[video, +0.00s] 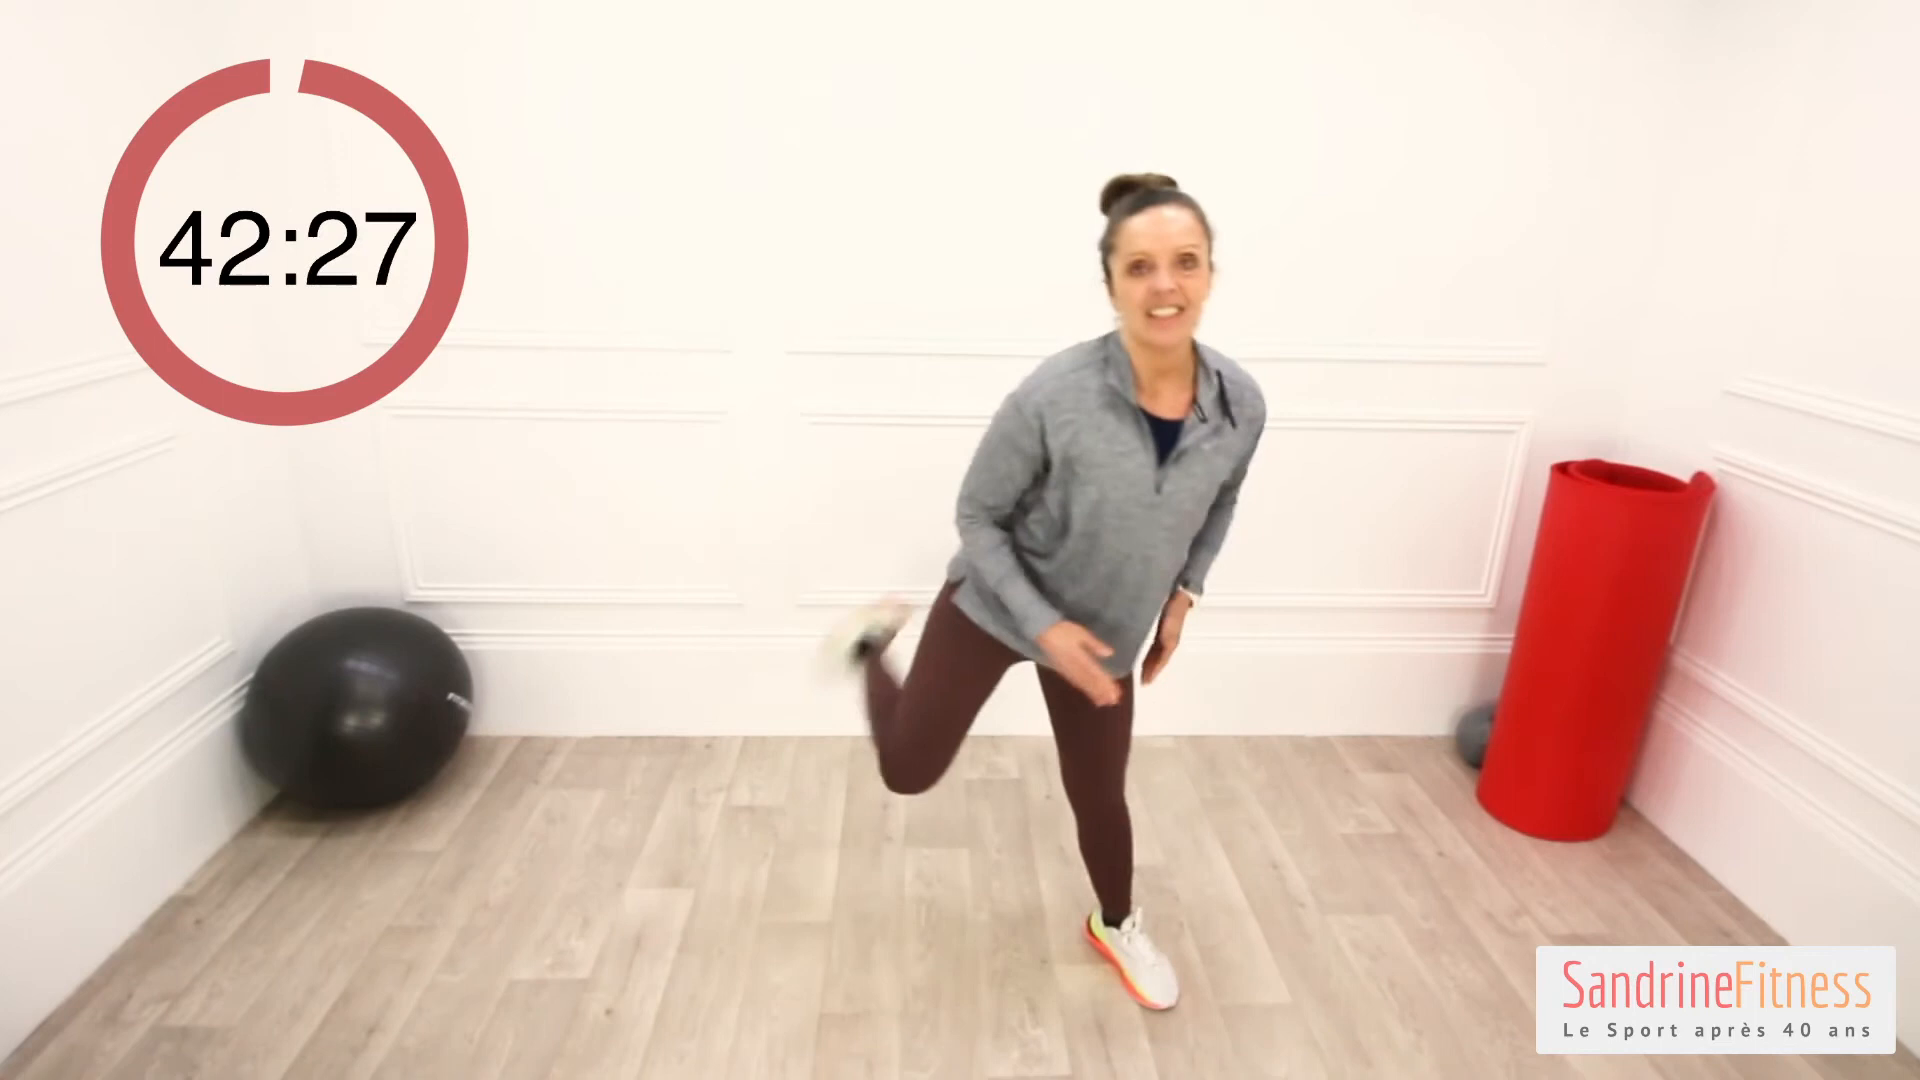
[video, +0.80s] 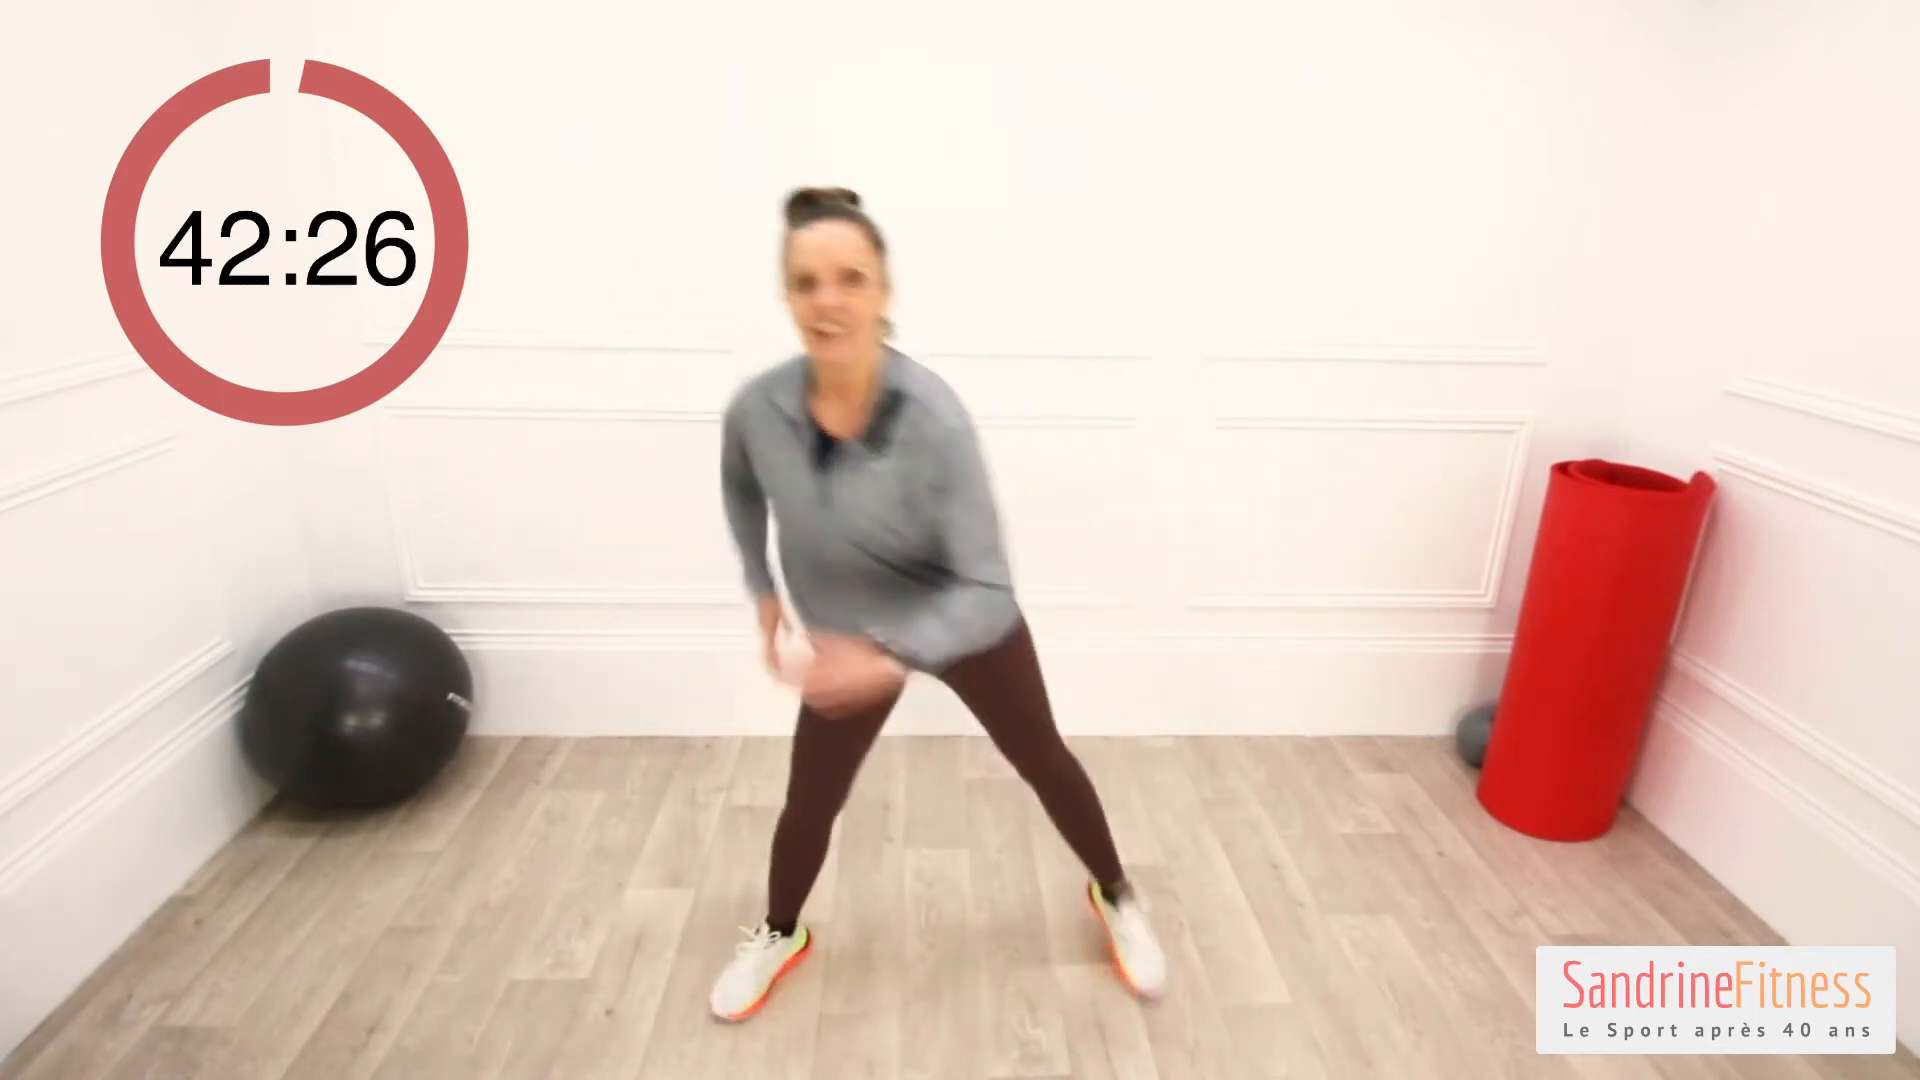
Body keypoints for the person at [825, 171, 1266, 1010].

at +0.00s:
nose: (1167, 288)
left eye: (1186, 263)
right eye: (1141, 269)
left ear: (1211, 275)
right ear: (1111, 287)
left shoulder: (1238, 407)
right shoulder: (1052, 398)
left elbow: (1219, 509)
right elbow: (977, 521)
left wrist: (1183, 594)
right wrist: (1046, 628)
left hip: (1107, 632)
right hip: (999, 604)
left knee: (1101, 795)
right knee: (909, 769)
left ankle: (1115, 924)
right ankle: (875, 644)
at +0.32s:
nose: (1130, 291)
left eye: (1151, 268)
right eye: (1106, 273)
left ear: (1179, 282)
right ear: (1079, 290)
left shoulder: (1220, 405)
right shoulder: (1030, 402)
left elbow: (1221, 482)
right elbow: (983, 558)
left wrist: (1190, 566)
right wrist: (1077, 621)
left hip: (1102, 629)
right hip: (999, 601)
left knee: (1103, 794)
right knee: (911, 766)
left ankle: (1115, 925)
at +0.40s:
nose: (1090, 293)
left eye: (1111, 271)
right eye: (1067, 275)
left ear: (1141, 285)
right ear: (1043, 292)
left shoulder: (1187, 403)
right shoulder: (996, 402)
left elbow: (1218, 468)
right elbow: (949, 551)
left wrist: (1185, 564)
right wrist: (1013, 633)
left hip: (1097, 627)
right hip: (984, 607)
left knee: (1100, 798)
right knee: (895, 754)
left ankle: (1116, 925)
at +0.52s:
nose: (1037, 318)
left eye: (1057, 295)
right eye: (1015, 299)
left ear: (1089, 306)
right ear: (994, 315)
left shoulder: (1142, 428)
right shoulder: (947, 428)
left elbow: (1190, 499)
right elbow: (888, 567)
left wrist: (1164, 598)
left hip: (1078, 639)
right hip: (964, 624)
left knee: (1094, 810)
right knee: (887, 770)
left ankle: (1116, 927)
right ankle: (803, 908)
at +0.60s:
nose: (976, 346)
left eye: (996, 325)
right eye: (956, 328)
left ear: (1030, 335)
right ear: (936, 342)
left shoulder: (1080, 462)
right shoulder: (892, 454)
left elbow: (1136, 563)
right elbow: (818, 583)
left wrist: (1121, 674)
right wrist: (800, 703)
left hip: (1051, 671)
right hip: (936, 659)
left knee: (1072, 829)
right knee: (863, 808)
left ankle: (1116, 930)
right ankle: (787, 930)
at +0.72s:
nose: (882, 332)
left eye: (903, 309)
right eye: (861, 311)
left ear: (937, 319)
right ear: (839, 324)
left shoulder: (986, 448)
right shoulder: (798, 445)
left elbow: (1038, 594)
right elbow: (749, 544)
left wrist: (992, 694)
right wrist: (750, 653)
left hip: (996, 654)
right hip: (879, 660)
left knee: (1052, 800)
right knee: (821, 813)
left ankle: (1120, 922)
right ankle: (779, 935)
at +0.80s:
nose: (827, 303)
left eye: (849, 280)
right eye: (806, 284)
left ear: (885, 292)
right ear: (785, 299)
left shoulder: (934, 419)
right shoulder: (755, 413)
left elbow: (987, 590)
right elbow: (743, 499)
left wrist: (890, 655)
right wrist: (763, 591)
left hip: (958, 615)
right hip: (844, 632)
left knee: (1043, 761)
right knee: (808, 802)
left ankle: (1118, 898)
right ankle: (778, 933)